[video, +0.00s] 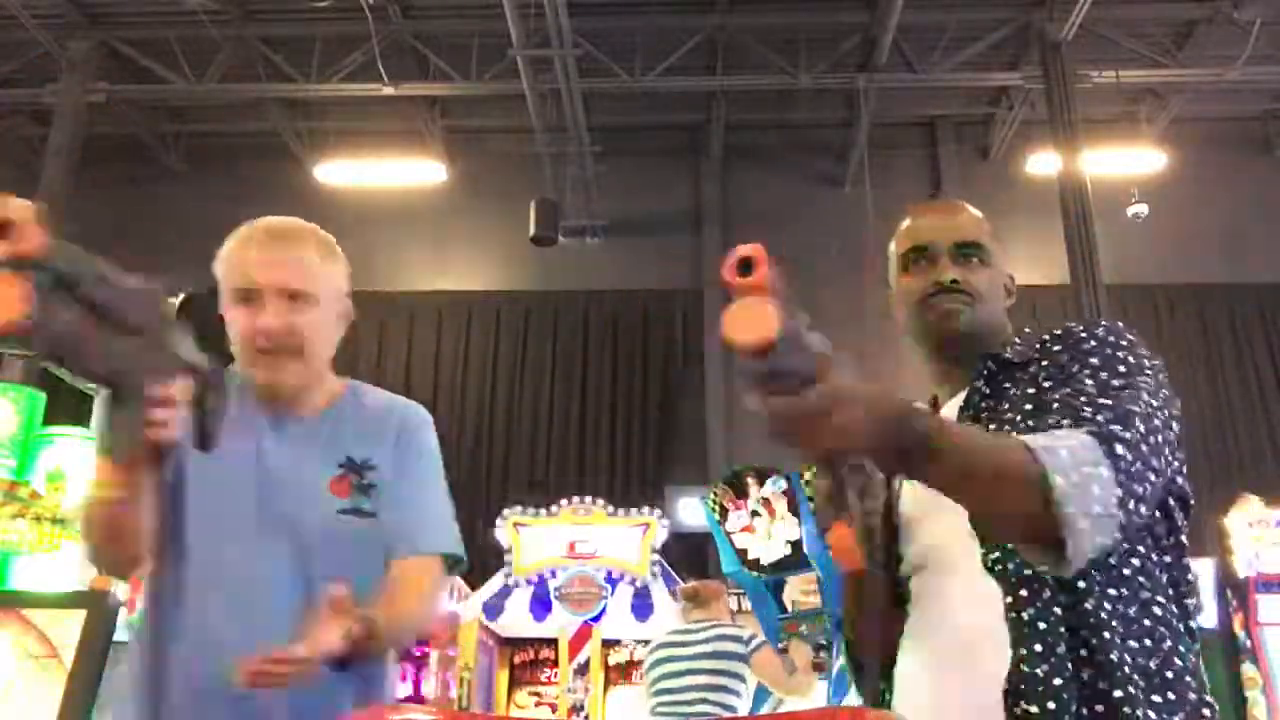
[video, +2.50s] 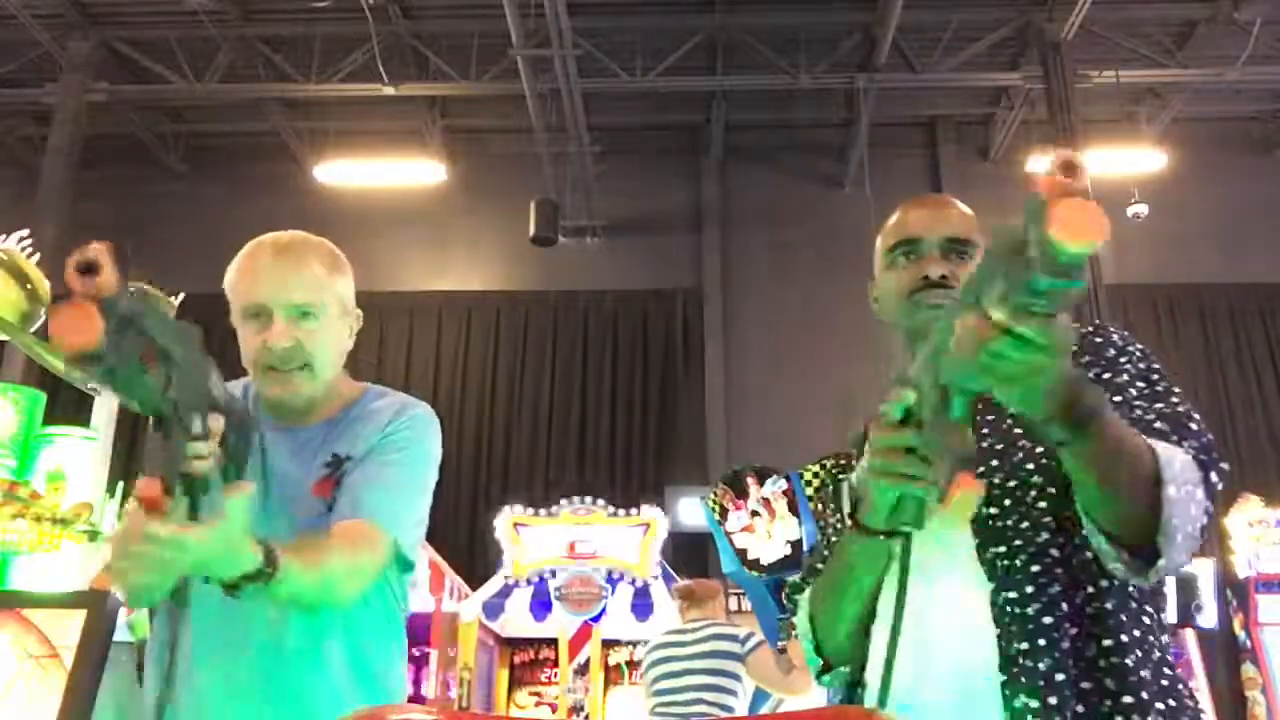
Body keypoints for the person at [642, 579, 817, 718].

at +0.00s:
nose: (731, 609)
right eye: (728, 602)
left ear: (684, 612)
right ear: (722, 603)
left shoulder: (656, 647)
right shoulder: (742, 637)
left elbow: (651, 701)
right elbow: (792, 688)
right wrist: (802, 659)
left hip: (662, 716)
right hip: (715, 713)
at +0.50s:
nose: (718, 605)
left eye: (716, 597)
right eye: (715, 597)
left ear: (672, 604)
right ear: (709, 593)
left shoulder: (645, 646)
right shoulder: (729, 631)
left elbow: (636, 713)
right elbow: (780, 685)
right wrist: (797, 661)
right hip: (708, 713)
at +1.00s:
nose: (721, 609)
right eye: (720, 603)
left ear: (674, 609)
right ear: (713, 601)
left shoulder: (646, 650)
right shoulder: (731, 632)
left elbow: (639, 714)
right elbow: (784, 688)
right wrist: (799, 661)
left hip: (660, 715)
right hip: (710, 713)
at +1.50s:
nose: (721, 606)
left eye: (718, 599)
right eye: (718, 599)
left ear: (675, 607)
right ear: (711, 596)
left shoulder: (646, 647)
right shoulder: (728, 631)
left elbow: (638, 713)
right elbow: (759, 690)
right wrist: (786, 686)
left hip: (656, 715)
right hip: (709, 713)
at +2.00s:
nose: (716, 607)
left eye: (714, 601)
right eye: (714, 601)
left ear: (672, 610)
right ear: (710, 599)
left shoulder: (646, 648)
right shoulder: (729, 632)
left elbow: (641, 706)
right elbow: (786, 684)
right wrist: (794, 650)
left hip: (658, 714)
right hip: (711, 712)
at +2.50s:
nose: (728, 610)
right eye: (725, 604)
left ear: (681, 611)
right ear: (720, 603)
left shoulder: (653, 647)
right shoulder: (739, 637)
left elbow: (651, 703)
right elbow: (794, 687)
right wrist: (801, 658)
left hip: (662, 714)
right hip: (716, 711)